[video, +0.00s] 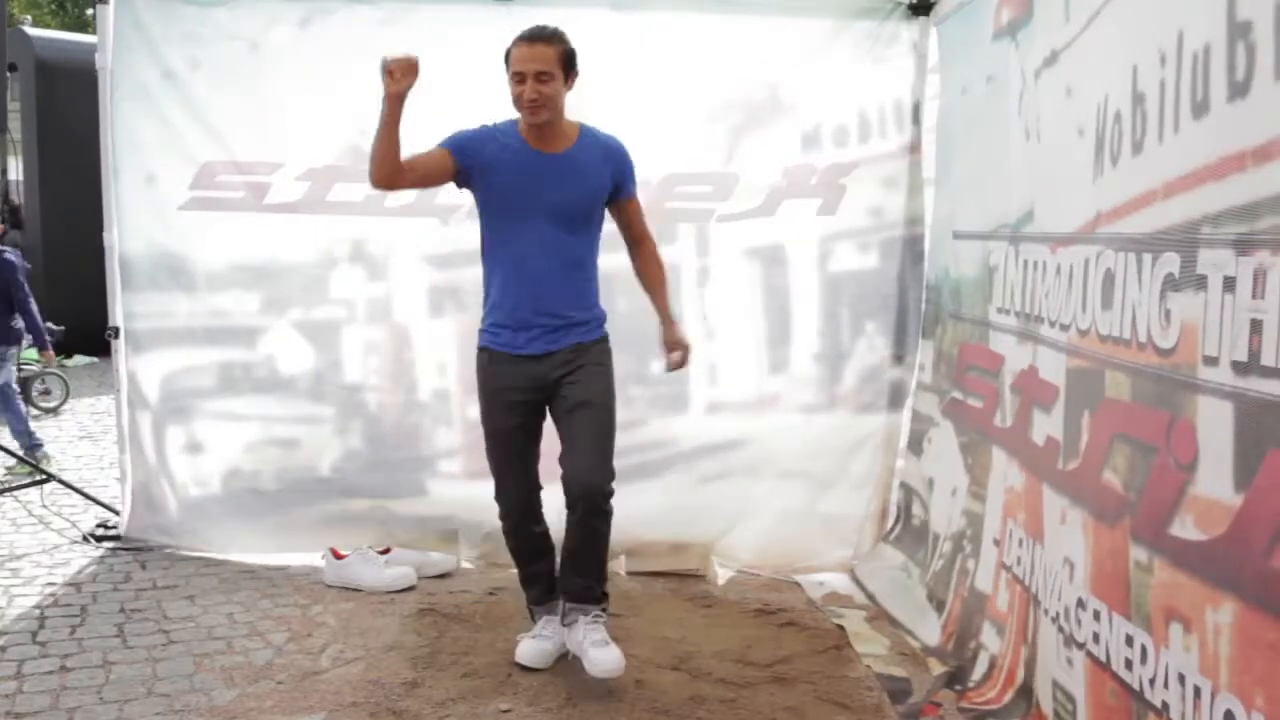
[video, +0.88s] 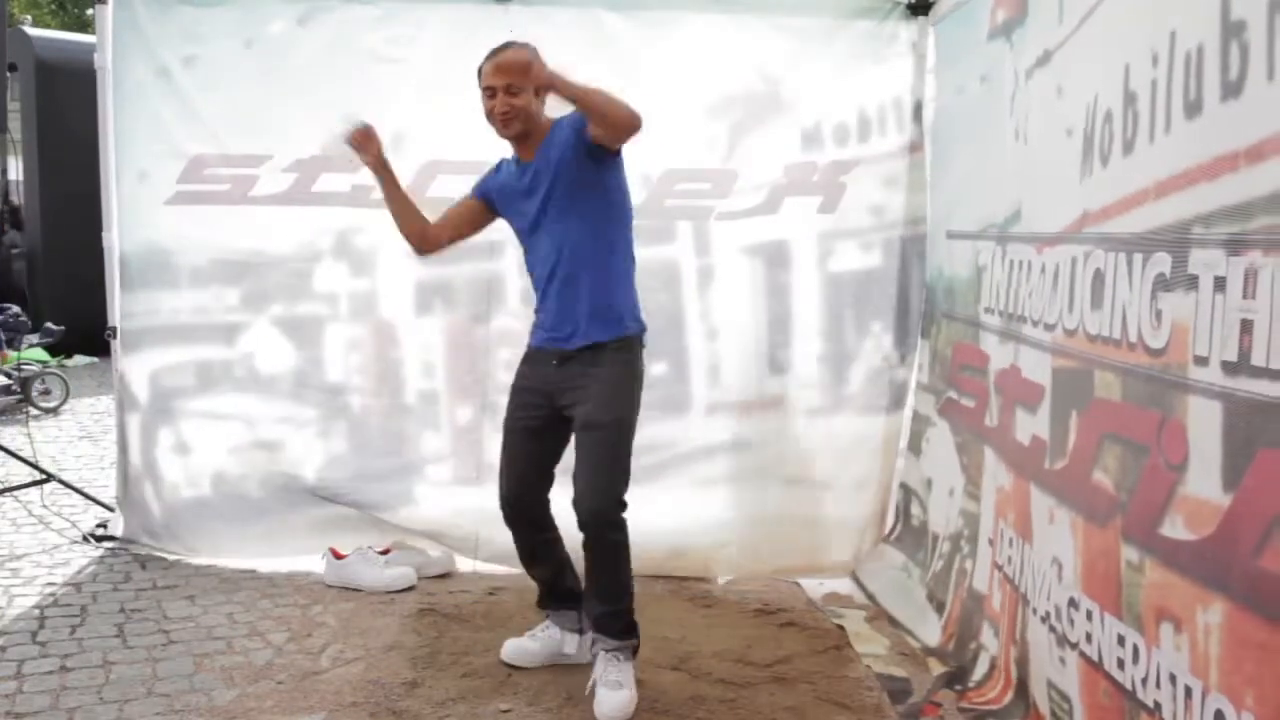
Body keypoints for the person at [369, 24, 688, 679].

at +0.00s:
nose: (532, 90)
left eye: (544, 78)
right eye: (521, 79)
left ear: (570, 81)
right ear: (509, 83)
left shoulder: (607, 155)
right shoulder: (482, 148)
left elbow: (639, 241)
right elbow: (385, 175)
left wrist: (667, 320)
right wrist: (394, 99)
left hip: (582, 348)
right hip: (505, 353)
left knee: (592, 484)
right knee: (515, 498)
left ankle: (585, 615)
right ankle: (544, 615)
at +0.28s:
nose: (552, 75)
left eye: (564, 63)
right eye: (542, 64)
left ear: (593, 66)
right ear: (530, 70)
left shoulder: (626, 153)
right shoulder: (502, 124)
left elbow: (623, 256)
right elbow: (430, 169)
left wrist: (615, 343)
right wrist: (431, 133)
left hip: (583, 345)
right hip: (507, 339)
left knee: (585, 497)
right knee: (506, 484)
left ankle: (586, 631)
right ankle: (527, 602)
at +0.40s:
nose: (549, 88)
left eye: (562, 75)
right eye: (538, 77)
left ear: (591, 80)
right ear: (528, 85)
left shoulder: (630, 164)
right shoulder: (504, 153)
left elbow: (650, 264)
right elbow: (471, 256)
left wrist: (663, 352)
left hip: (591, 356)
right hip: (513, 354)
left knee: (597, 506)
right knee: (490, 493)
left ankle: (586, 633)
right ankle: (513, 592)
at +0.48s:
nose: (540, 90)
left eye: (552, 76)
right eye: (530, 79)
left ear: (582, 79)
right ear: (520, 87)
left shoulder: (630, 156)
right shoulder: (506, 159)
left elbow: (674, 241)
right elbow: (476, 249)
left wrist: (687, 284)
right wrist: (455, 265)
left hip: (597, 359)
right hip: (518, 355)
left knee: (605, 510)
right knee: (475, 488)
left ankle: (588, 633)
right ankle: (508, 577)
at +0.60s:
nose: (525, 79)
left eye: (536, 65)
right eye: (512, 69)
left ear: (563, 64)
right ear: (502, 77)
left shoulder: (616, 120)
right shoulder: (505, 151)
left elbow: (692, 163)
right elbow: (430, 213)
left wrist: (677, 138)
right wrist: (369, 175)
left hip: (605, 341)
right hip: (530, 333)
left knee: (600, 492)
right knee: (478, 465)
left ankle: (589, 629)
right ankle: (515, 561)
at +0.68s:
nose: (515, 77)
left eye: (526, 62)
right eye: (503, 67)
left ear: (555, 61)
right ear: (494, 72)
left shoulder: (601, 104)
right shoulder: (505, 145)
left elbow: (653, 102)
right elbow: (415, 181)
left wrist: (650, 75)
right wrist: (334, 138)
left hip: (608, 328)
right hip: (535, 326)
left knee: (607, 486)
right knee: (500, 469)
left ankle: (598, 627)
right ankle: (537, 584)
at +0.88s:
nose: (502, 103)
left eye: (514, 91)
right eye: (491, 93)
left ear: (542, 93)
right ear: (482, 101)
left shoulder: (579, 135)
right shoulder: (503, 181)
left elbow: (626, 125)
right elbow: (426, 238)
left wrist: (559, 83)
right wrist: (379, 165)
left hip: (609, 351)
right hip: (545, 355)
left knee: (597, 503)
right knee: (520, 499)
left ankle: (615, 647)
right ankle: (569, 622)